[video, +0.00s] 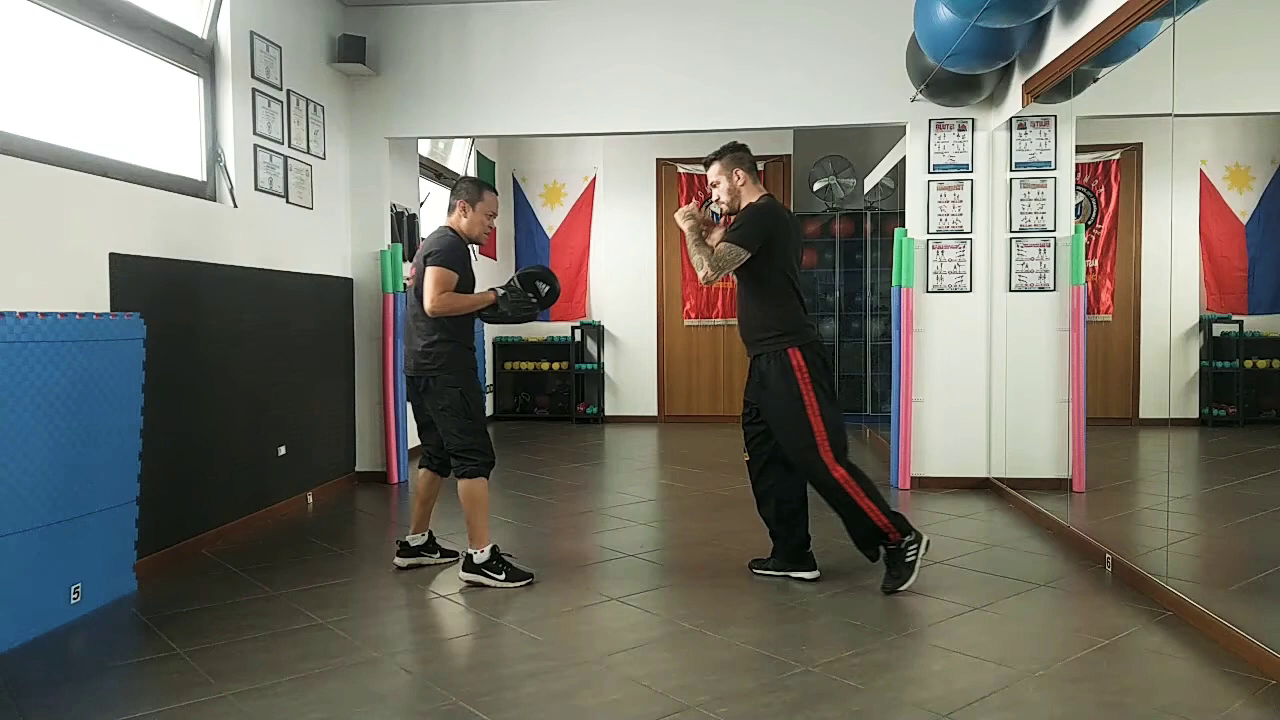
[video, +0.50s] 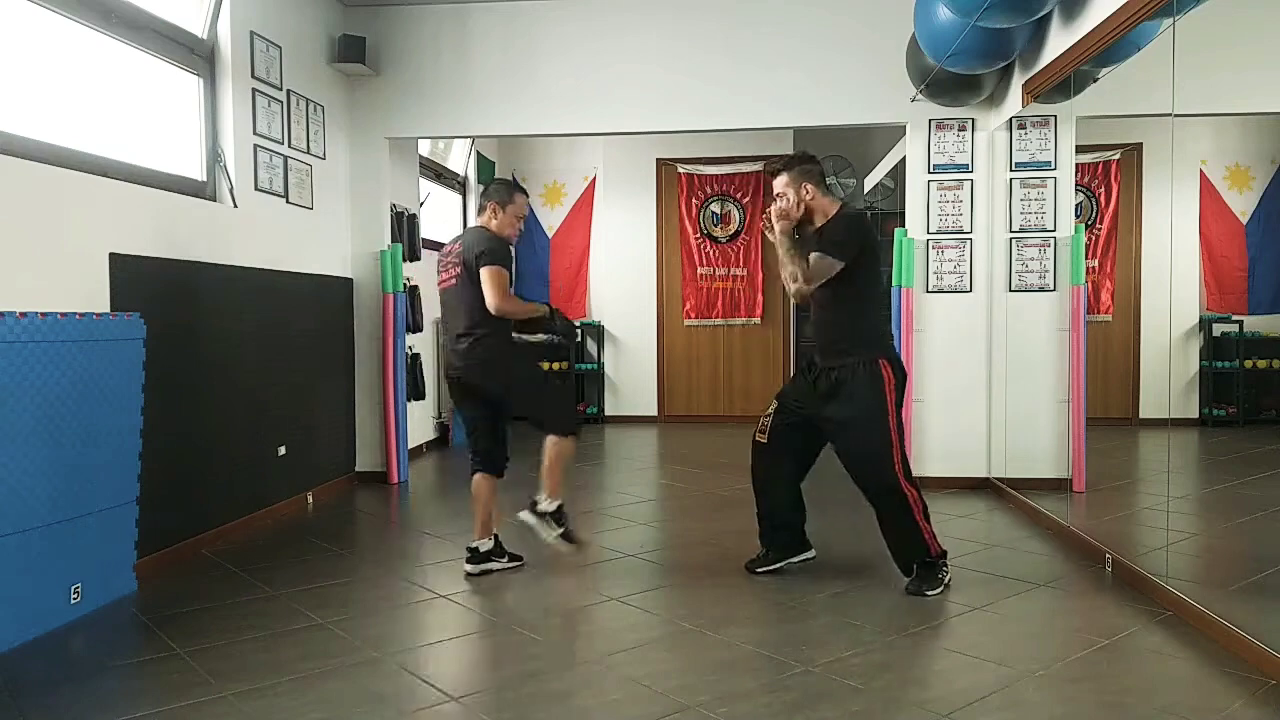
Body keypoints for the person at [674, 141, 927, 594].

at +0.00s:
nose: (713, 193)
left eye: (717, 184)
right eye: (711, 186)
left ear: (740, 177)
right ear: (743, 180)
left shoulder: (762, 213)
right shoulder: (756, 218)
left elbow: (709, 270)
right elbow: (730, 269)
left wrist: (690, 232)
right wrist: (710, 238)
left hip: (789, 353)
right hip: (768, 356)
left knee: (820, 456)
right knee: (768, 457)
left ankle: (899, 540)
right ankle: (793, 555)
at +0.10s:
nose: (720, 192)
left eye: (723, 183)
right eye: (718, 185)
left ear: (746, 176)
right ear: (750, 178)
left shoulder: (768, 212)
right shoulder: (760, 216)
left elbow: (712, 266)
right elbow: (735, 260)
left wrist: (693, 221)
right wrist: (716, 229)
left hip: (799, 354)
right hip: (774, 357)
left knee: (833, 456)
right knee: (772, 457)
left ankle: (908, 541)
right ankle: (794, 554)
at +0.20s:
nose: (740, 196)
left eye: (743, 187)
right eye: (737, 189)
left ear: (768, 180)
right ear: (771, 182)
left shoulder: (790, 212)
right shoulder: (781, 220)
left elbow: (729, 265)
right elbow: (761, 273)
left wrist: (707, 226)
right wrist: (735, 234)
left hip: (826, 359)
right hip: (791, 363)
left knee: (865, 462)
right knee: (779, 462)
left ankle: (924, 552)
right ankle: (797, 553)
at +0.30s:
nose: (760, 201)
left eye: (763, 190)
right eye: (757, 193)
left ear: (788, 184)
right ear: (789, 187)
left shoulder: (819, 222)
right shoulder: (799, 228)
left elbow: (769, 280)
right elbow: (778, 283)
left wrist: (724, 254)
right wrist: (759, 239)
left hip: (849, 368)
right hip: (808, 369)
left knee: (880, 470)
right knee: (777, 460)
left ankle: (926, 560)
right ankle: (796, 552)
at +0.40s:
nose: (774, 205)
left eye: (775, 194)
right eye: (770, 196)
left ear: (802, 188)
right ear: (800, 191)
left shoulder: (843, 228)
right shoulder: (810, 236)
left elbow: (807, 294)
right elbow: (800, 295)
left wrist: (772, 250)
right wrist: (771, 248)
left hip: (862, 370)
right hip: (818, 373)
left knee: (884, 472)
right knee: (774, 449)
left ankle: (929, 562)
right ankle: (793, 547)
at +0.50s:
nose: (780, 206)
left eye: (783, 197)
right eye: (777, 200)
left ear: (808, 190)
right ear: (807, 194)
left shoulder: (850, 225)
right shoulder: (818, 236)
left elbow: (799, 284)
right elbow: (797, 287)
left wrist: (783, 236)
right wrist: (781, 243)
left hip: (867, 372)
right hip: (820, 374)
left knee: (884, 473)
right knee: (770, 450)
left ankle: (928, 563)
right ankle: (786, 544)